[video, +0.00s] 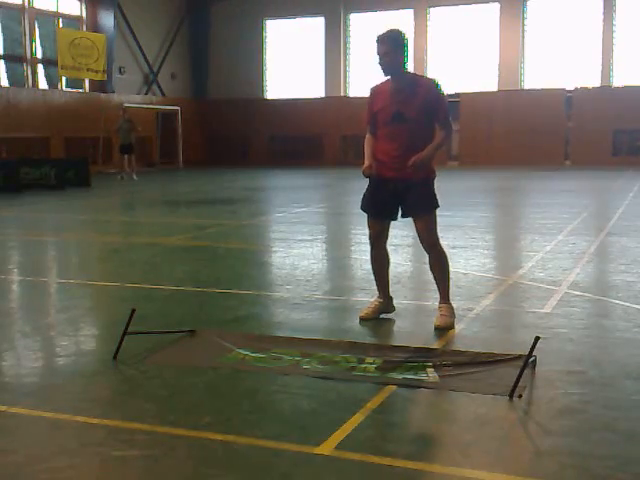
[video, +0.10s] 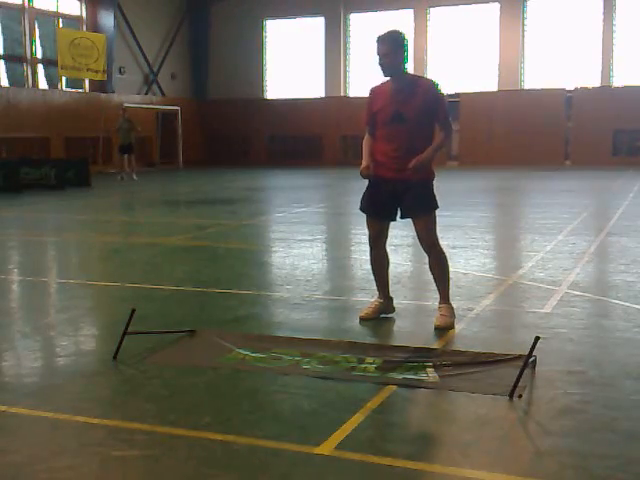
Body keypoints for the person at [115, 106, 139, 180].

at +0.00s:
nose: (125, 116)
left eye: (126, 114)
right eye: (123, 114)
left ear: (127, 114)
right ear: (122, 115)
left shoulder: (130, 123)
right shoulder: (120, 123)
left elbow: (135, 130)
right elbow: (116, 130)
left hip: (130, 142)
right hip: (123, 143)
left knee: (133, 158)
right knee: (124, 159)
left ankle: (133, 173)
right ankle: (123, 173)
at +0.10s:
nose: (123, 114)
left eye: (124, 113)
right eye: (122, 113)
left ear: (126, 113)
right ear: (120, 113)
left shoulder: (130, 122)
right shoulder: (120, 122)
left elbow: (136, 129)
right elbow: (116, 130)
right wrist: (120, 122)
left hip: (130, 142)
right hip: (122, 142)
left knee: (132, 158)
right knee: (122, 159)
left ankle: (133, 173)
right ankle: (122, 173)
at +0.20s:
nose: (123, 115)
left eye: (124, 113)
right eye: (122, 113)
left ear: (126, 113)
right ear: (120, 113)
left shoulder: (129, 122)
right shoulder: (120, 123)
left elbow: (135, 129)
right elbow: (117, 131)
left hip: (129, 142)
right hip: (122, 142)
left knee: (132, 158)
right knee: (122, 159)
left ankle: (133, 173)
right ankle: (122, 173)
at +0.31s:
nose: (122, 114)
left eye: (124, 113)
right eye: (121, 113)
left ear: (126, 113)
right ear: (120, 113)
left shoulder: (129, 122)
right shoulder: (119, 122)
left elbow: (135, 129)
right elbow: (117, 131)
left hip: (129, 142)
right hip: (121, 142)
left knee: (131, 158)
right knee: (122, 159)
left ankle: (133, 173)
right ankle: (122, 173)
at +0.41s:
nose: (123, 114)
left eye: (124, 112)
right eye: (122, 112)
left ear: (126, 113)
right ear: (120, 113)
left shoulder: (129, 121)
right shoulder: (119, 122)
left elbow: (135, 129)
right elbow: (116, 130)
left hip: (129, 142)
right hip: (121, 142)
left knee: (131, 158)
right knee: (122, 159)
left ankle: (133, 173)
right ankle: (122, 173)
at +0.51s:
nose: (122, 113)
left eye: (124, 111)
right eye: (121, 111)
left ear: (126, 112)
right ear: (120, 112)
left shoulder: (128, 121)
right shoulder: (119, 122)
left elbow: (136, 128)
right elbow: (116, 130)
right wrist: (116, 140)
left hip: (129, 142)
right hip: (121, 142)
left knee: (131, 158)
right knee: (122, 159)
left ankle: (133, 173)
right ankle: (122, 173)